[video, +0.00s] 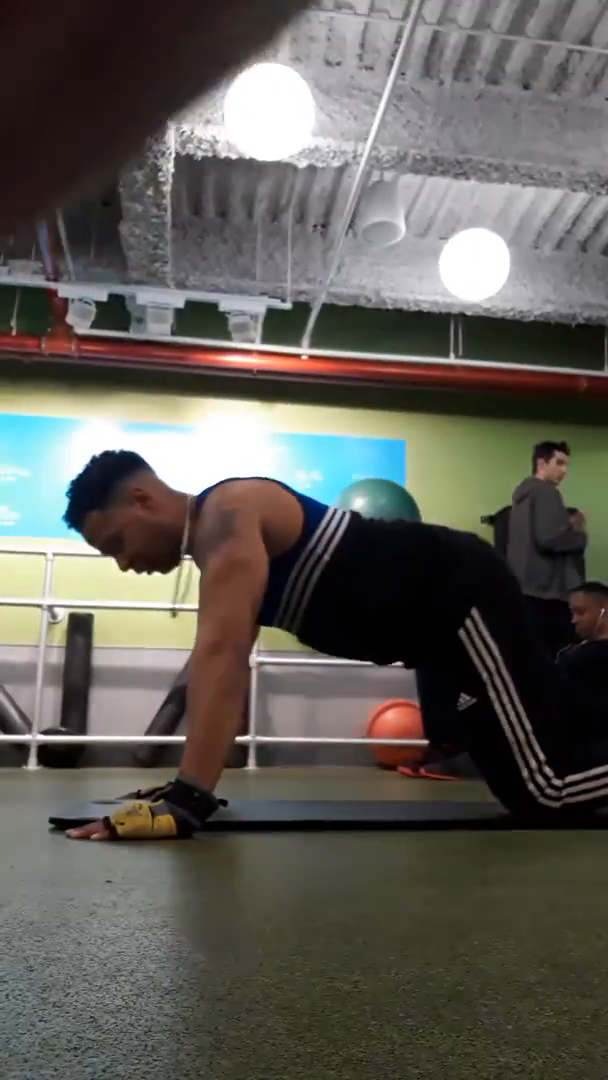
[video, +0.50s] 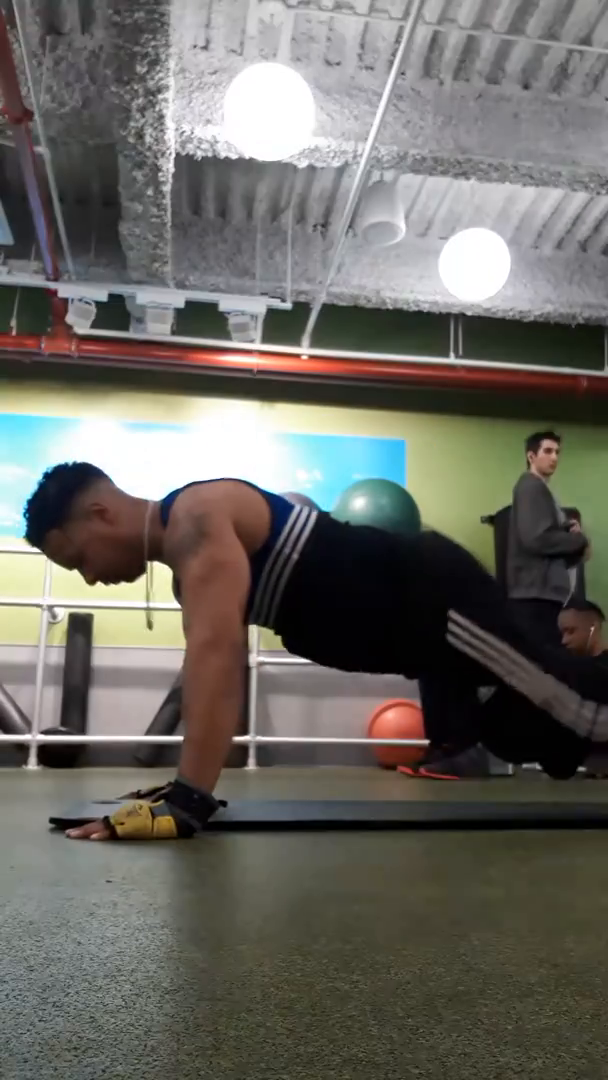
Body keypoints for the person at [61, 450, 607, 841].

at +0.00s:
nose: (124, 563)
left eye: (115, 544)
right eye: (110, 554)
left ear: (146, 499)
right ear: (149, 501)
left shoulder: (229, 513)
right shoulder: (221, 526)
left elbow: (223, 656)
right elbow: (223, 660)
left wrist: (189, 796)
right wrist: (191, 790)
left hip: (459, 596)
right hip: (436, 616)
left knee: (542, 789)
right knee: (464, 753)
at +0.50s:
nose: (86, 576)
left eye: (75, 558)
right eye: (72, 568)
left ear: (103, 511)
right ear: (106, 513)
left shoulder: (199, 516)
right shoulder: (191, 536)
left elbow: (218, 660)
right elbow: (217, 666)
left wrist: (189, 796)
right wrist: (188, 793)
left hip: (431, 595)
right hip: (419, 619)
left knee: (582, 722)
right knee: (544, 741)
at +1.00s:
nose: (63, 594)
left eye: (53, 575)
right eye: (48, 583)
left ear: (78, 534)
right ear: (83, 532)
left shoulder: (174, 543)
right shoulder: (165, 565)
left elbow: (217, 652)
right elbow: (219, 673)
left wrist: (187, 798)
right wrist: (186, 798)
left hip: (421, 642)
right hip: (410, 658)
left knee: (590, 697)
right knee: (568, 712)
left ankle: (591, 622)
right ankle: (588, 626)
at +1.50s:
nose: (24, 759)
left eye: (15, 741)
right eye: (12, 752)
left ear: (39, 692)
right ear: (42, 697)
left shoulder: (119, 682)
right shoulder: (128, 714)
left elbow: (220, 662)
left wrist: (190, 796)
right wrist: (160, 806)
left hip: (386, 726)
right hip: (375, 740)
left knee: (584, 731)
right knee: (548, 722)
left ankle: (592, 641)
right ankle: (588, 639)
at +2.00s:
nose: (55, 598)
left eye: (47, 578)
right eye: (42, 586)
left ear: (74, 541)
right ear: (80, 537)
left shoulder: (165, 557)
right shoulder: (158, 570)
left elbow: (214, 664)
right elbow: (215, 678)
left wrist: (185, 799)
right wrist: (192, 796)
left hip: (416, 636)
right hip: (404, 655)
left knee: (589, 696)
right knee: (555, 733)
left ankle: (586, 634)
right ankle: (580, 642)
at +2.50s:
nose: (37, 658)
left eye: (29, 636)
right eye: (25, 647)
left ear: (56, 596)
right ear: (54, 604)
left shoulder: (143, 609)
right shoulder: (137, 636)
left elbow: (223, 661)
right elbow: (224, 695)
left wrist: (190, 799)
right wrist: (177, 793)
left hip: (386, 678)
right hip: (373, 700)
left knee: (579, 713)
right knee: (557, 715)